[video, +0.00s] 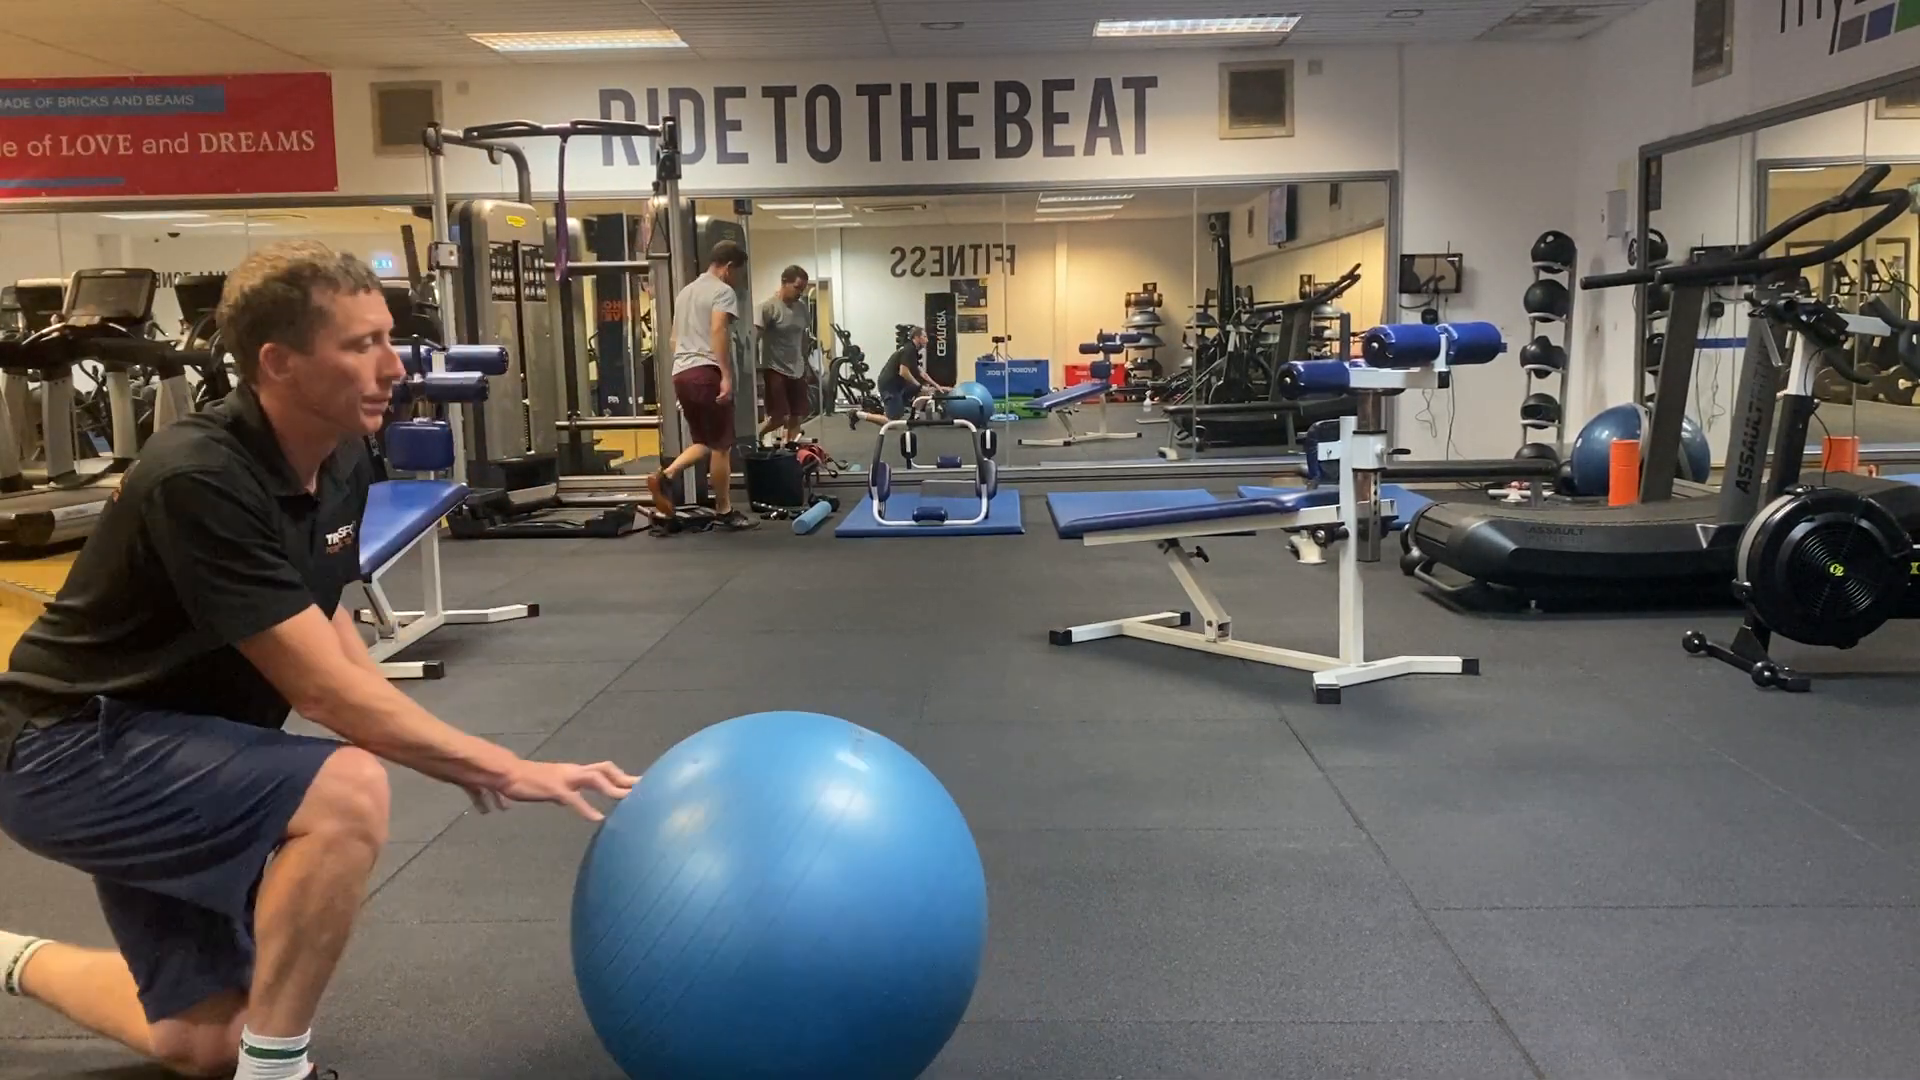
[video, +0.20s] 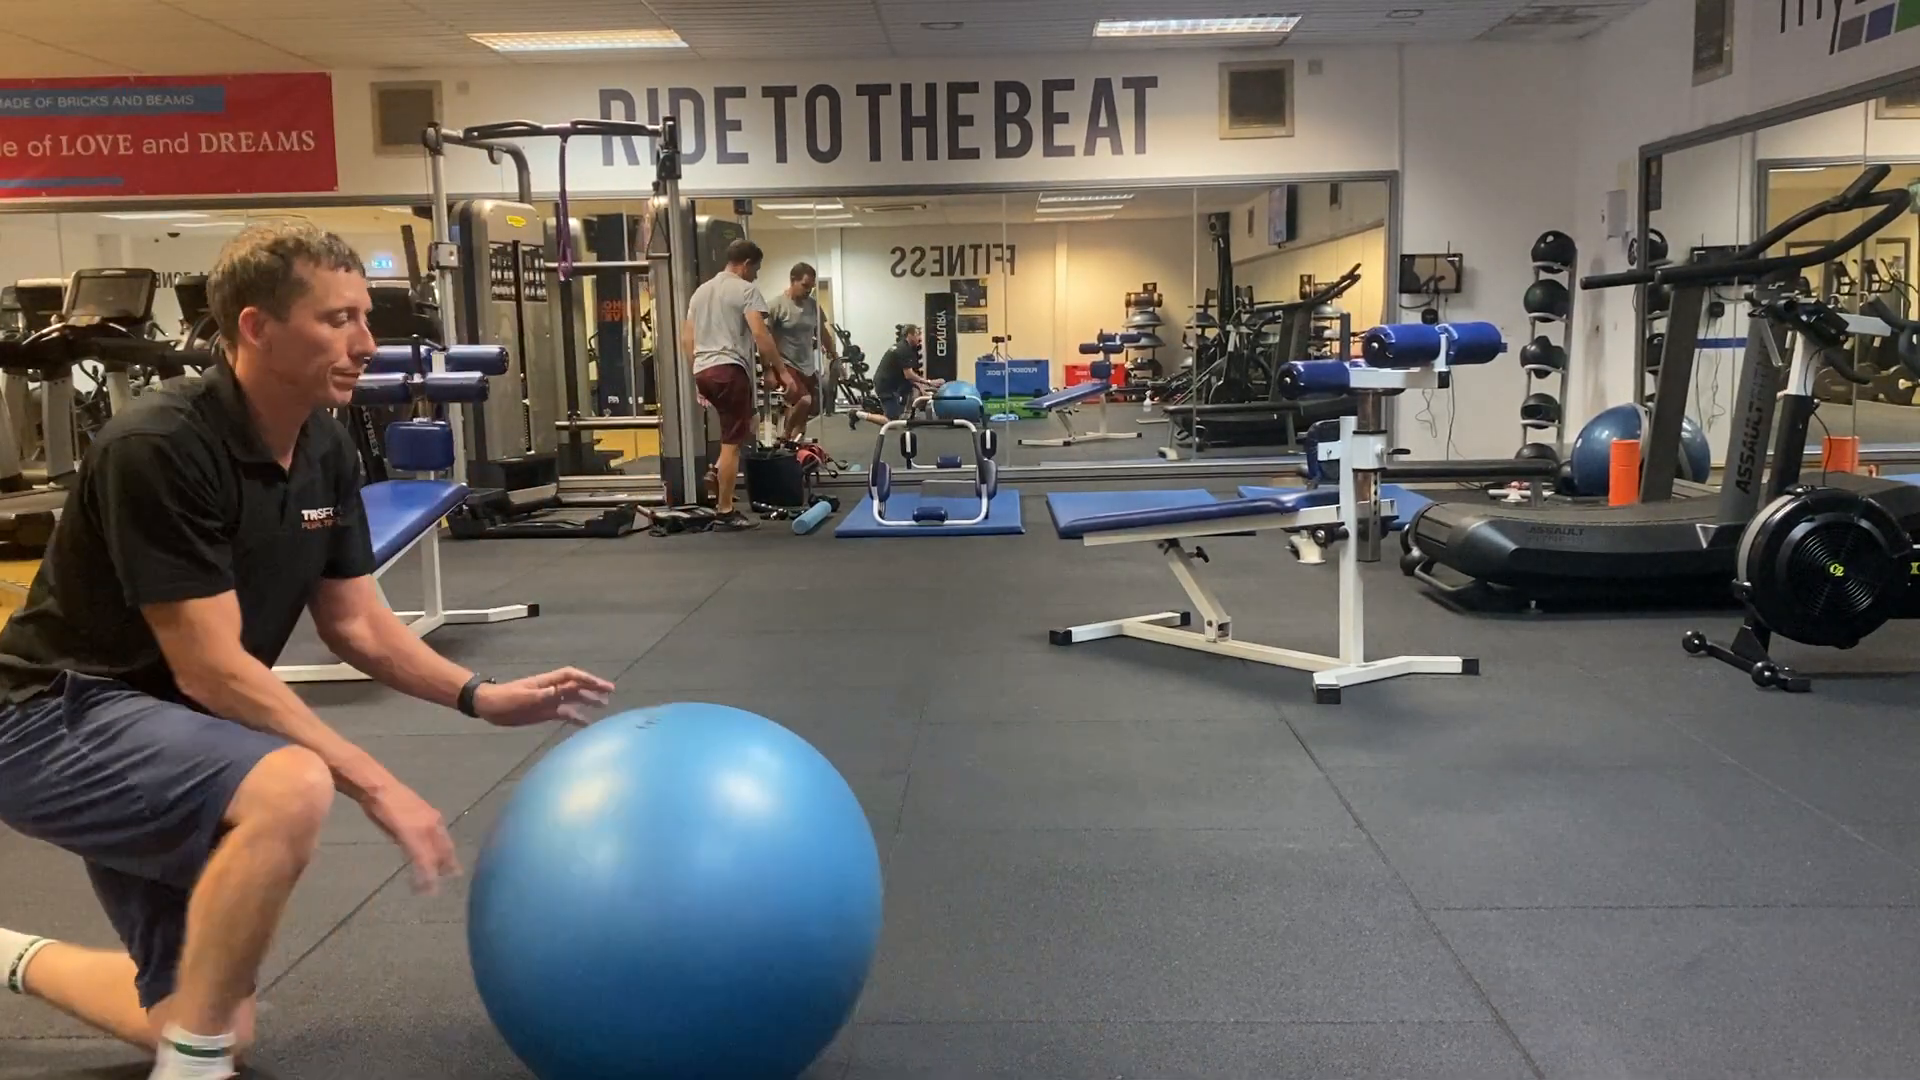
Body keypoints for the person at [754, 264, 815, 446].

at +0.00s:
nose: (800, 292)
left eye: (803, 288)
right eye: (797, 287)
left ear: (804, 286)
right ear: (785, 282)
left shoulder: (802, 308)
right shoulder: (768, 307)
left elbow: (804, 339)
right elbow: (753, 339)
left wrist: (807, 366)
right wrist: (752, 369)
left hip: (798, 369)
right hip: (775, 369)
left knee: (796, 416)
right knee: (779, 417)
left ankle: (789, 450)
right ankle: (757, 435)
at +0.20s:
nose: (809, 290)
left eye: (811, 286)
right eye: (805, 285)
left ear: (813, 285)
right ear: (793, 280)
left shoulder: (813, 306)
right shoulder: (777, 305)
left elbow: (822, 332)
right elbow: (765, 339)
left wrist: (833, 355)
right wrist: (768, 369)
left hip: (808, 367)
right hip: (785, 365)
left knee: (807, 409)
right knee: (804, 400)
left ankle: (795, 442)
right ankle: (786, 435)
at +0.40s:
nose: (814, 288)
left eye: (816, 284)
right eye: (811, 284)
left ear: (818, 282)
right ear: (799, 281)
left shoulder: (823, 306)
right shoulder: (787, 306)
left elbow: (836, 333)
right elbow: (774, 338)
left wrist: (848, 357)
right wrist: (774, 368)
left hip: (818, 368)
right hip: (794, 368)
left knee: (812, 418)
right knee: (806, 417)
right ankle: (811, 455)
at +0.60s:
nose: (822, 284)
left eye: (824, 279)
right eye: (818, 279)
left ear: (826, 279)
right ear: (806, 278)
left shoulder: (831, 302)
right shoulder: (795, 303)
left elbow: (840, 332)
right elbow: (790, 337)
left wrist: (848, 360)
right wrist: (802, 366)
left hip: (830, 371)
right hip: (804, 371)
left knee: (837, 416)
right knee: (808, 418)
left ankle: (813, 441)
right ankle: (814, 452)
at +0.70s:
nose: (825, 284)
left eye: (827, 280)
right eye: (821, 279)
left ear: (831, 279)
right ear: (810, 278)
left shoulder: (835, 301)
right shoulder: (797, 301)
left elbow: (844, 334)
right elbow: (790, 334)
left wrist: (849, 365)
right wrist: (799, 365)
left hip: (834, 369)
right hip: (808, 370)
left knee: (849, 410)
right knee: (810, 417)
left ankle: (832, 434)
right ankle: (811, 455)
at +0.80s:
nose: (827, 279)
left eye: (830, 275)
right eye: (823, 275)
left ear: (835, 277)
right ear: (813, 277)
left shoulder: (841, 301)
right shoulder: (804, 300)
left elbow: (849, 334)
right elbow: (798, 335)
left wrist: (853, 365)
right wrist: (808, 366)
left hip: (841, 367)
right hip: (815, 370)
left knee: (857, 403)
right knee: (818, 417)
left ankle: (853, 438)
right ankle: (817, 455)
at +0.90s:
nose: (828, 282)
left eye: (832, 278)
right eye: (823, 278)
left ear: (839, 278)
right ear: (817, 279)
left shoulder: (846, 301)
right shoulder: (810, 302)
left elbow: (856, 334)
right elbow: (803, 336)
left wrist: (861, 364)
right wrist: (808, 366)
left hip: (848, 368)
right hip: (820, 370)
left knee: (864, 405)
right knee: (818, 419)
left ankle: (875, 449)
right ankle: (816, 461)